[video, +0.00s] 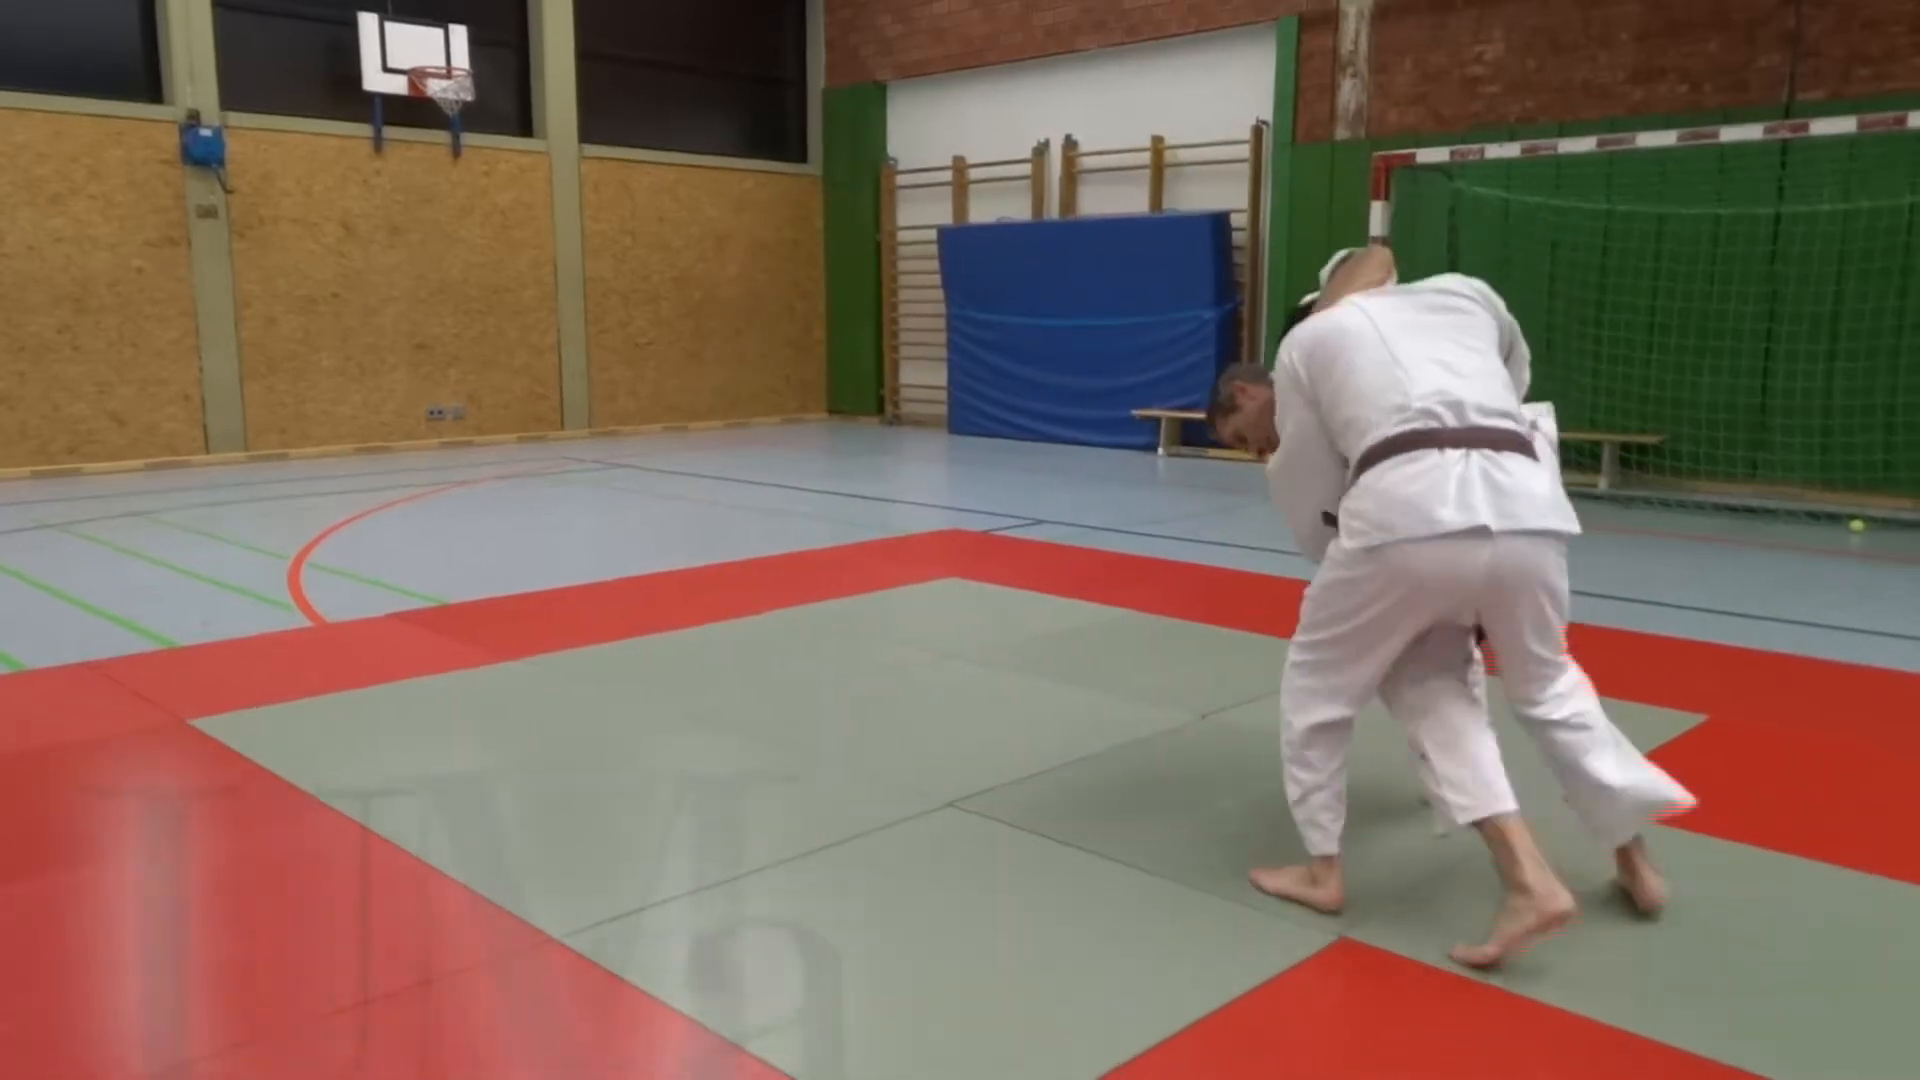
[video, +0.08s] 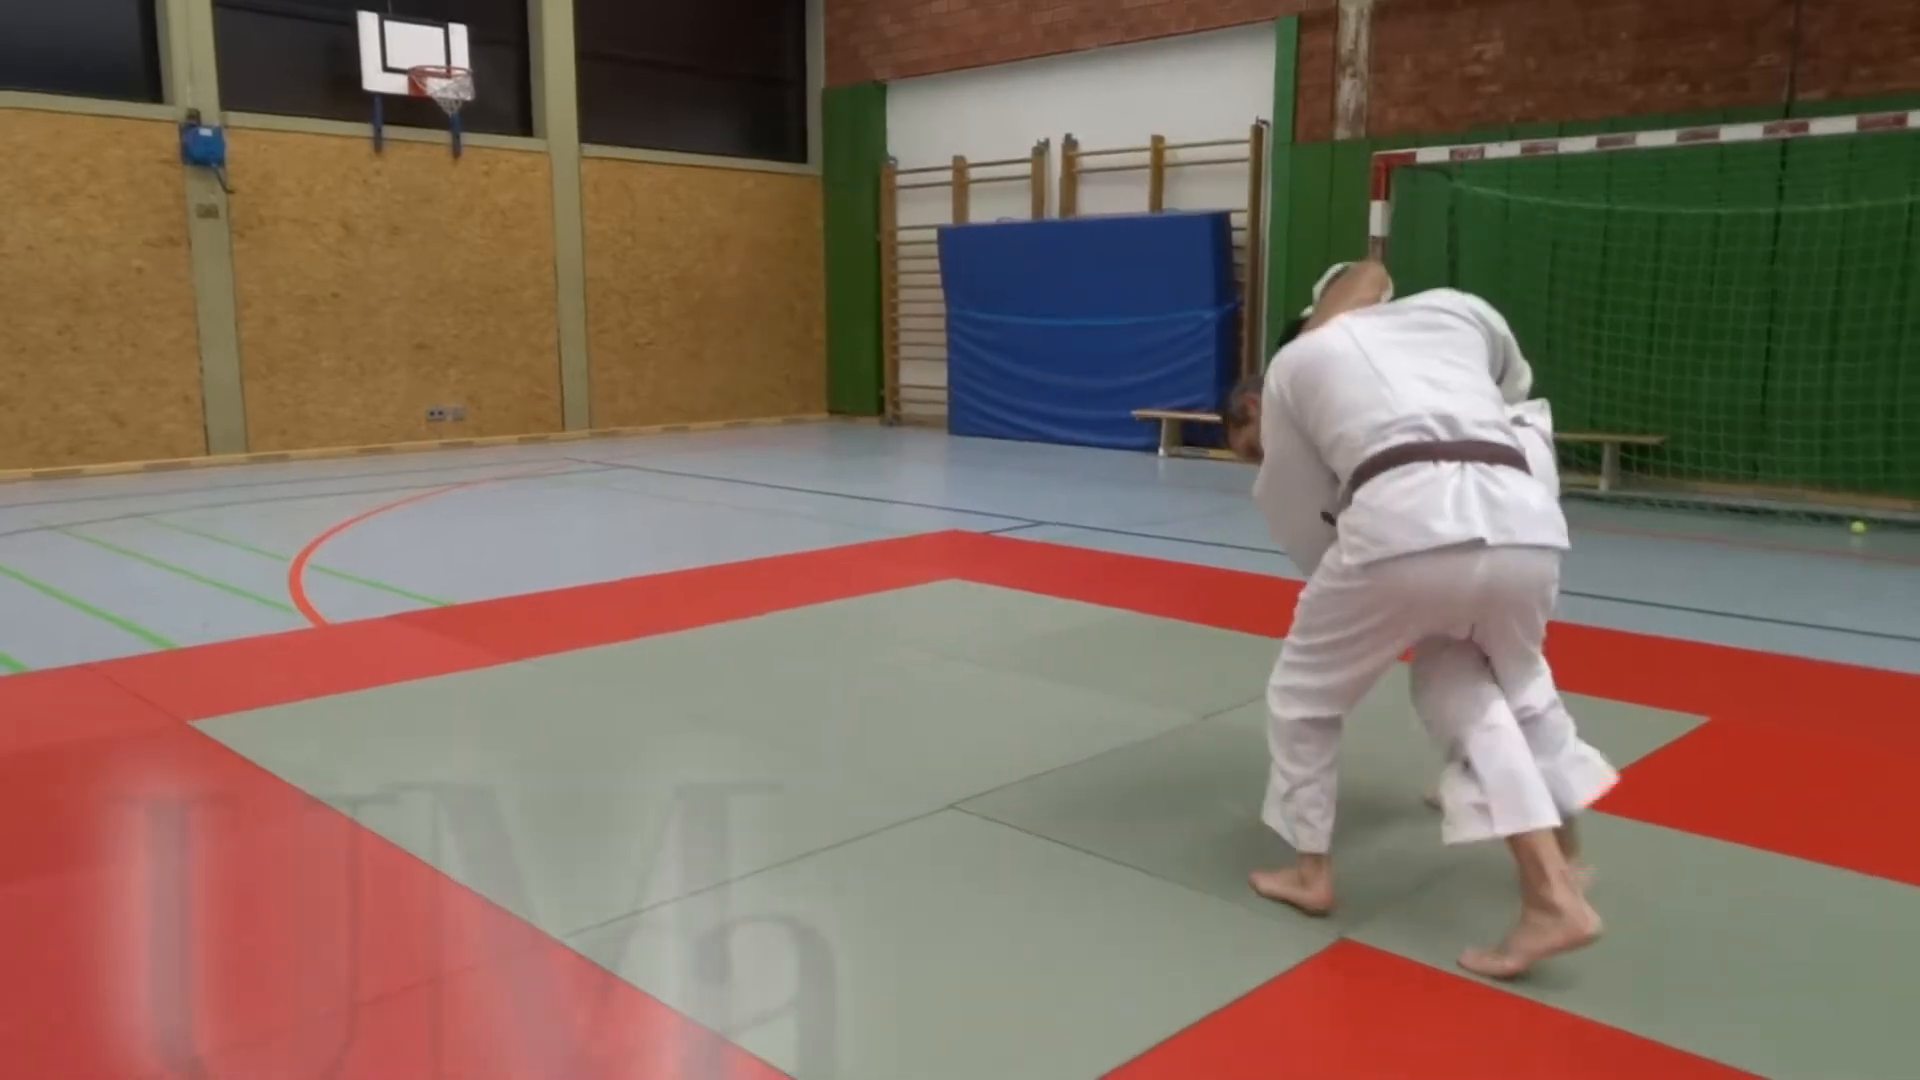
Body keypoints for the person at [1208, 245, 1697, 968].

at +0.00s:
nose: (1318, 308)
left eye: (1321, 297)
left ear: (1332, 295)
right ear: (1390, 276)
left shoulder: (1306, 341)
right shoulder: (1472, 295)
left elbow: (1304, 490)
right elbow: (1518, 395)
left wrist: (1345, 567)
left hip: (1404, 510)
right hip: (1529, 501)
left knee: (1317, 681)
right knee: (1547, 682)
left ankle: (1322, 869)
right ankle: (1635, 858)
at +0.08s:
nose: (1329, 308)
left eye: (1324, 303)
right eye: (1351, 289)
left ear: (1320, 317)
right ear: (1390, 298)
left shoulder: (1298, 358)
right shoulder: (1462, 313)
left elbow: (1291, 511)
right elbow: (1521, 398)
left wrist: (1350, 584)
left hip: (1398, 530)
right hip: (1526, 522)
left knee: (1305, 691)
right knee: (1520, 682)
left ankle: (1310, 867)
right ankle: (1558, 868)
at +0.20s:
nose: (1292, 308)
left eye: (1297, 299)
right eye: (1306, 294)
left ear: (1302, 312)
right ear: (1367, 289)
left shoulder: (1271, 361)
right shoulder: (1429, 299)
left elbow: (1293, 513)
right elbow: (1516, 339)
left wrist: (1340, 577)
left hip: (1387, 509)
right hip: (1513, 494)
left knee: (1316, 681)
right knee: (1491, 663)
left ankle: (1315, 863)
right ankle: (1539, 883)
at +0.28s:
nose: (1320, 259)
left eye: (1309, 266)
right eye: (1326, 260)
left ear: (1300, 289)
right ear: (1367, 265)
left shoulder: (1267, 336)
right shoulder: (1424, 265)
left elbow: (1280, 477)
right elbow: (1523, 298)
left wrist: (1341, 544)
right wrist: (1454, 340)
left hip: (1371, 480)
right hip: (1498, 464)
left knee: (1274, 645)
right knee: (1539, 657)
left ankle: (1291, 828)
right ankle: (1575, 853)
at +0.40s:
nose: (1320, 261)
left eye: (1308, 267)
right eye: (1324, 261)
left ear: (1285, 289)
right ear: (1360, 259)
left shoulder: (1255, 328)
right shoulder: (1421, 263)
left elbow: (1266, 472)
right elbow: (1507, 334)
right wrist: (1482, 430)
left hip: (1337, 485)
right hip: (1467, 464)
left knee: (1265, 643)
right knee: (1558, 657)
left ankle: (1233, 822)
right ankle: (1646, 873)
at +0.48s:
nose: (1302, 292)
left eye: (1292, 292)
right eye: (1306, 286)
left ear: (1266, 305)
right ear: (1334, 281)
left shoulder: (1238, 343)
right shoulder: (1398, 283)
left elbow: (1238, 487)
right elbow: (1479, 359)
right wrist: (1475, 429)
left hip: (1308, 482)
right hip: (1429, 462)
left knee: (1251, 647)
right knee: (1548, 650)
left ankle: (1229, 820)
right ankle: (1672, 869)